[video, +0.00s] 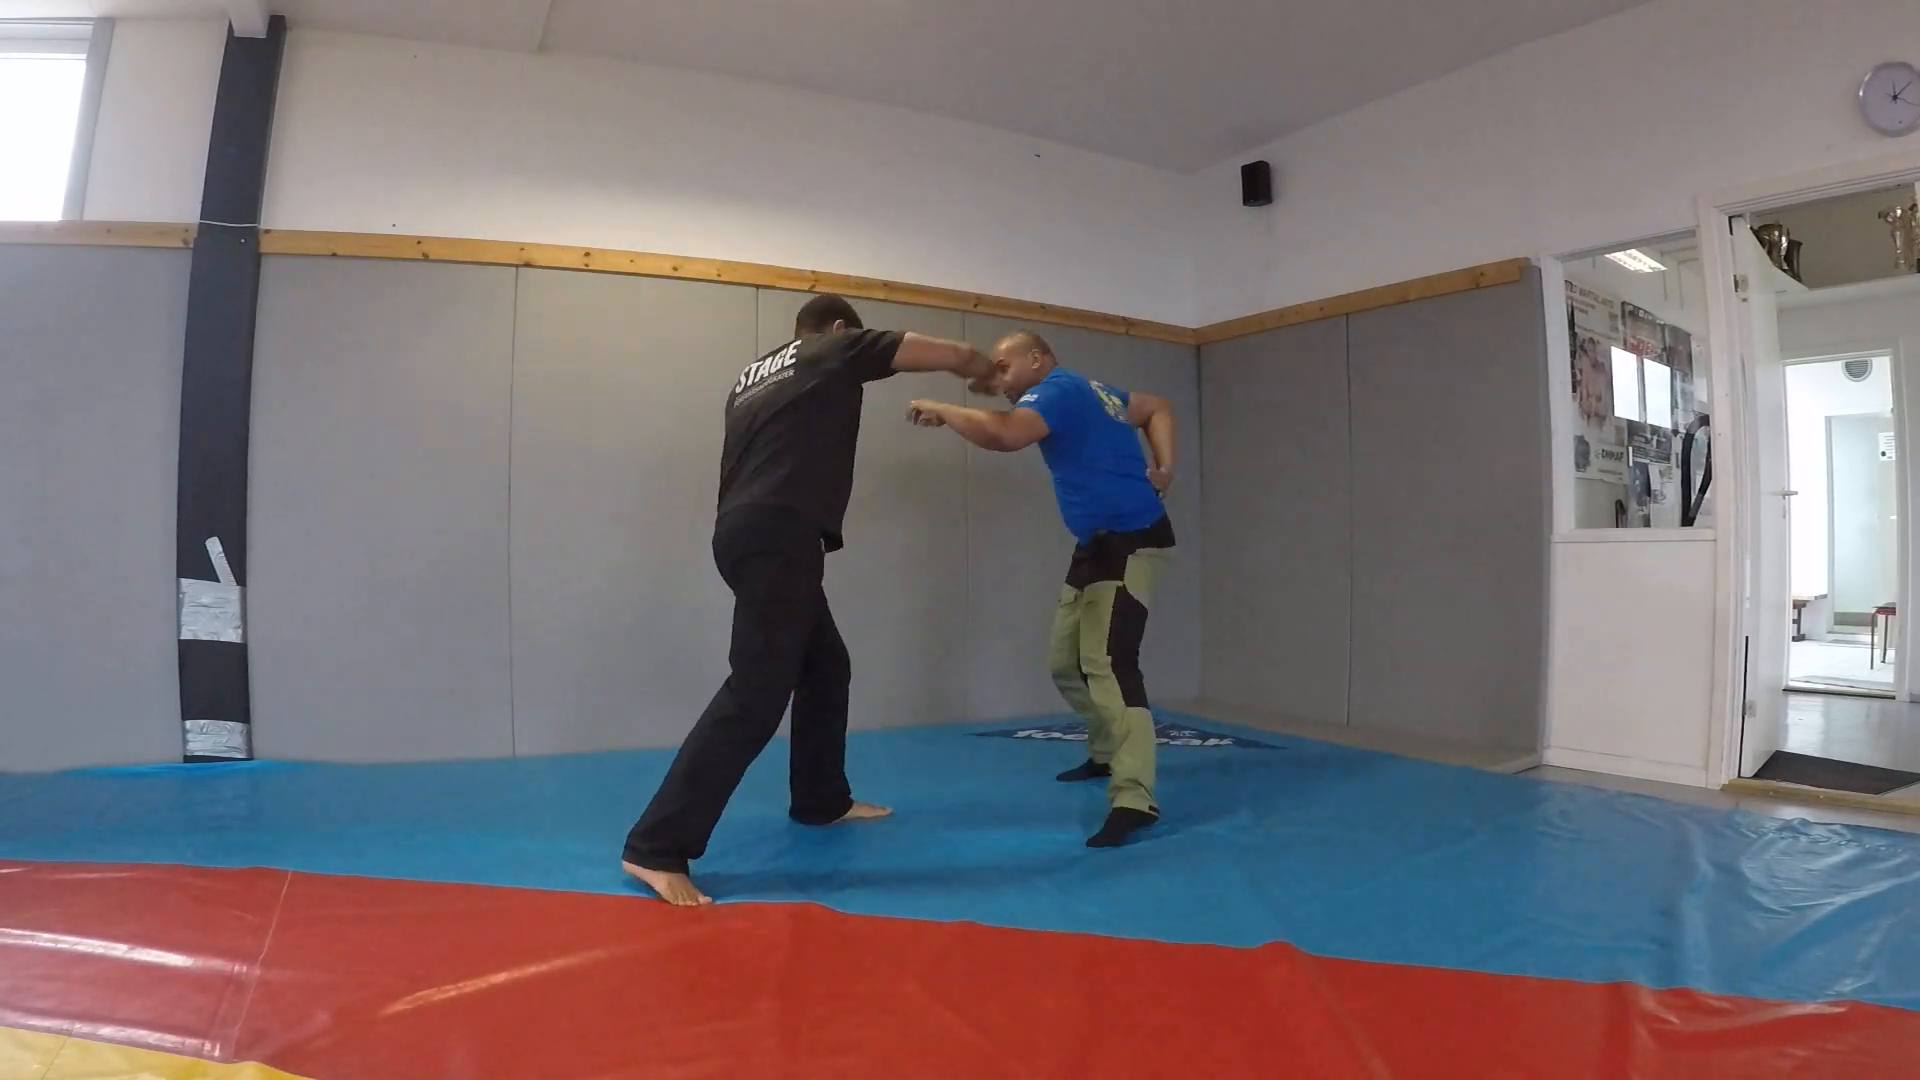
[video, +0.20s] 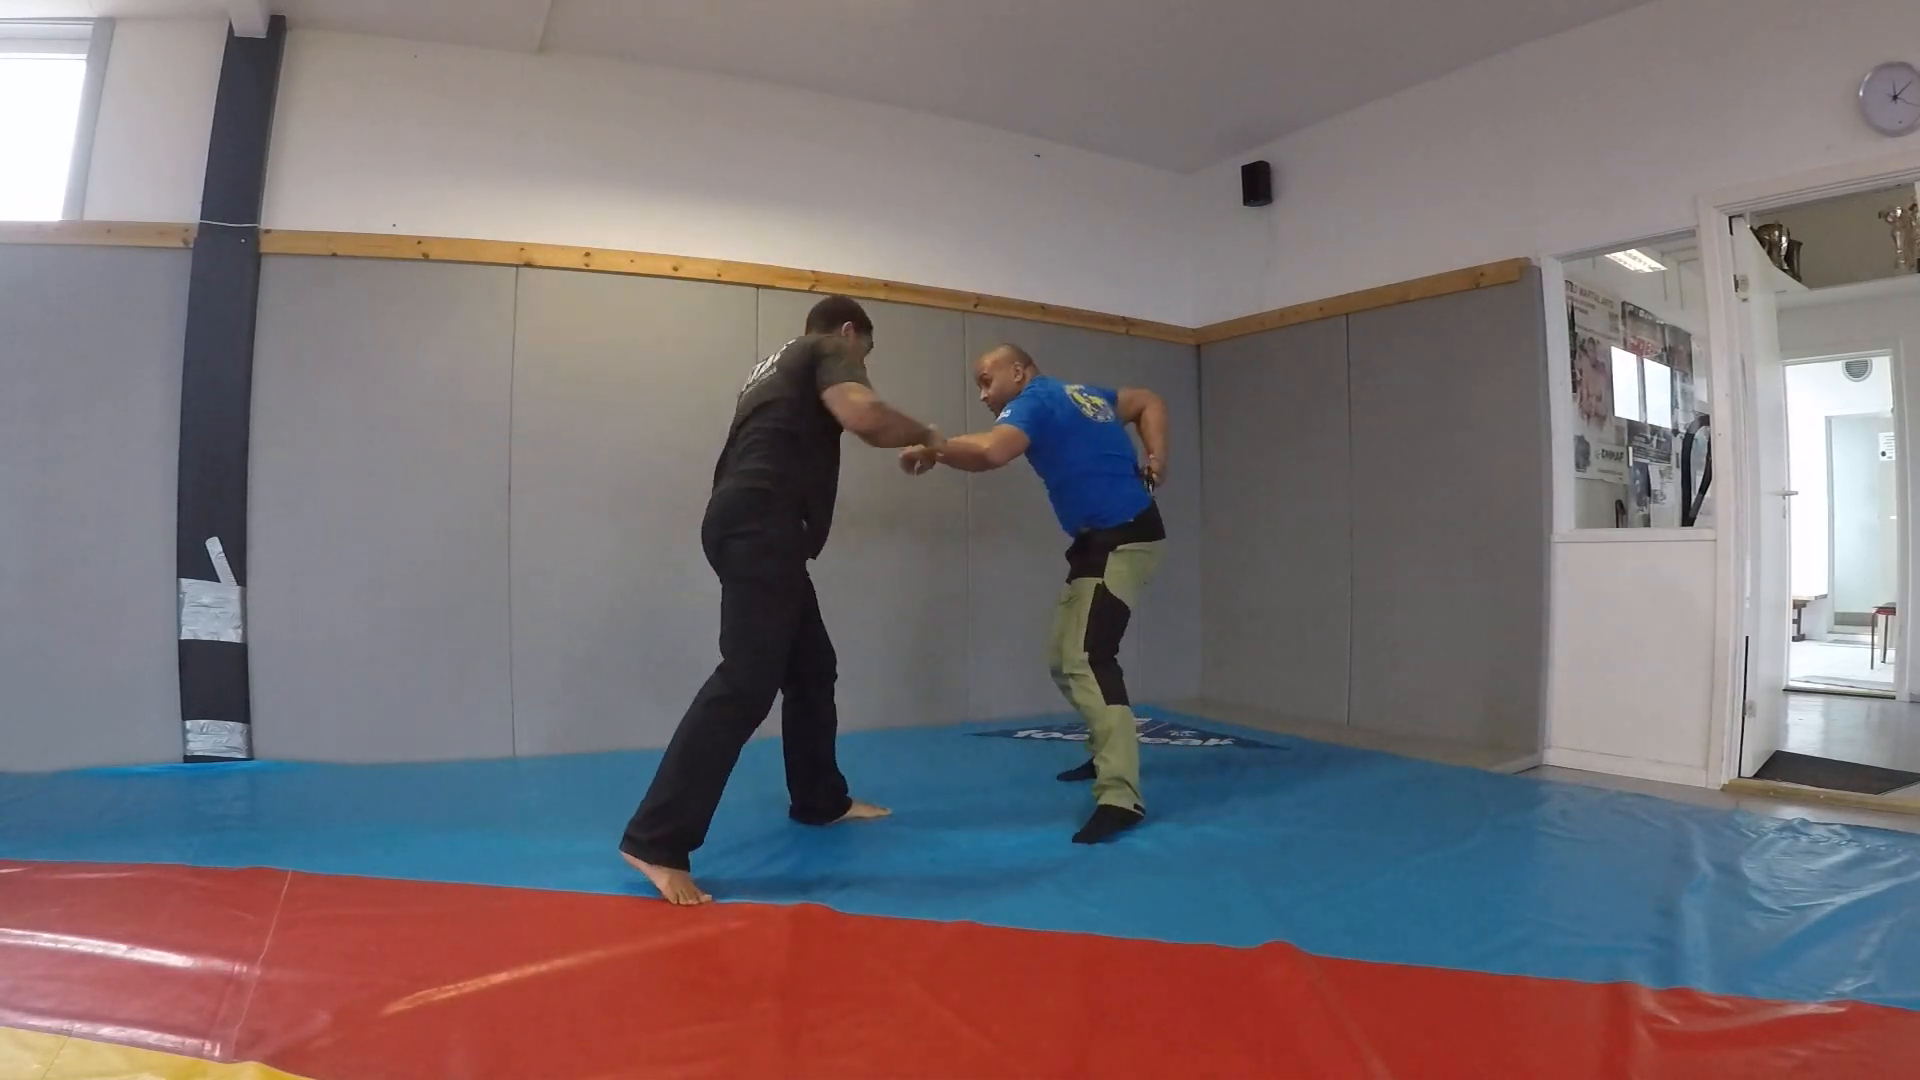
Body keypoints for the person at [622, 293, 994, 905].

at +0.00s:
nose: (856, 343)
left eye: (856, 337)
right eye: (855, 336)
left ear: (799, 329)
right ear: (841, 328)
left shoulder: (749, 378)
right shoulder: (838, 347)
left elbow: (735, 471)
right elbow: (960, 355)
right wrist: (980, 368)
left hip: (739, 533)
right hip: (781, 530)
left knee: (825, 666)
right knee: (758, 687)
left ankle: (820, 802)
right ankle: (657, 847)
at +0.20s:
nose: (864, 357)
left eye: (865, 349)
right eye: (864, 346)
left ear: (817, 329)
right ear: (849, 330)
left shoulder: (774, 367)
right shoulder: (829, 349)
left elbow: (748, 451)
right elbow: (862, 417)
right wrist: (922, 435)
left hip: (745, 526)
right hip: (762, 526)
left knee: (811, 666)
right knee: (750, 678)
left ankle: (819, 802)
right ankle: (655, 841)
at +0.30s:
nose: (869, 365)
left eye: (871, 357)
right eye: (869, 354)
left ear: (835, 337)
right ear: (847, 338)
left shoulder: (798, 383)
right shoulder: (808, 355)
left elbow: (822, 459)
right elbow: (798, 421)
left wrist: (866, 400)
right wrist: (885, 439)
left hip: (760, 542)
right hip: (739, 536)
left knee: (816, 667)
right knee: (755, 684)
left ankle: (820, 801)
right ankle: (650, 838)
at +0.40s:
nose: (855, 367)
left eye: (857, 357)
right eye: (853, 354)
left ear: (822, 342)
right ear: (827, 339)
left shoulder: (795, 396)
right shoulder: (775, 372)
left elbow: (817, 461)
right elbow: (755, 439)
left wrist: (865, 410)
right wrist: (846, 437)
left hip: (754, 559)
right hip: (720, 553)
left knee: (829, 662)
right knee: (748, 697)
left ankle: (826, 800)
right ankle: (618, 824)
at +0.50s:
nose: (829, 355)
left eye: (831, 343)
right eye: (828, 341)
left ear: (795, 333)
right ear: (797, 332)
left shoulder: (770, 397)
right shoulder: (729, 379)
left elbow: (777, 470)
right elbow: (670, 452)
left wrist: (818, 412)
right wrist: (768, 443)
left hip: (744, 564)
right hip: (698, 562)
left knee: (824, 668)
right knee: (725, 710)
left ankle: (834, 801)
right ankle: (595, 820)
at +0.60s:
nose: (781, 331)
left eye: (783, 318)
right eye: (778, 316)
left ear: (744, 306)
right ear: (744, 304)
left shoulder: (721, 373)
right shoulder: (662, 353)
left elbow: (732, 404)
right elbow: (569, 415)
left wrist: (765, 363)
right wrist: (659, 377)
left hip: (710, 561)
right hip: (648, 560)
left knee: (770, 686)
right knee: (677, 710)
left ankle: (826, 800)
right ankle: (608, 853)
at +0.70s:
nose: (726, 304)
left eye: (730, 292)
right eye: (721, 288)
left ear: (686, 278)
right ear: (680, 272)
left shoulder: (690, 343)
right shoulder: (587, 323)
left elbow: (731, 352)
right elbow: (499, 387)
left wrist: (772, 308)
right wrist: (592, 336)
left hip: (659, 541)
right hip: (582, 540)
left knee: (716, 676)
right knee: (615, 702)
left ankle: (752, 807)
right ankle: (604, 858)